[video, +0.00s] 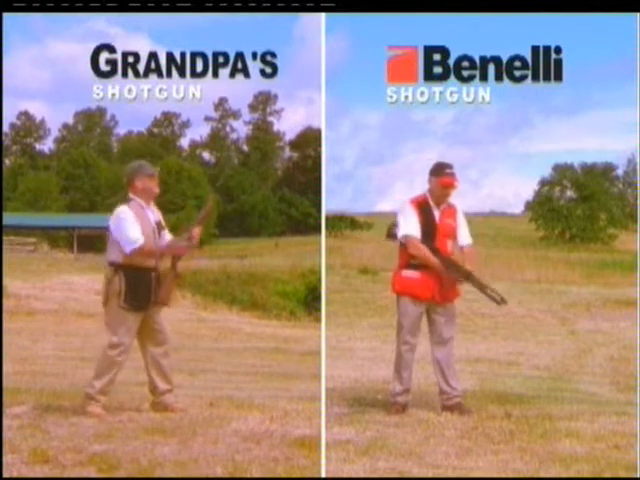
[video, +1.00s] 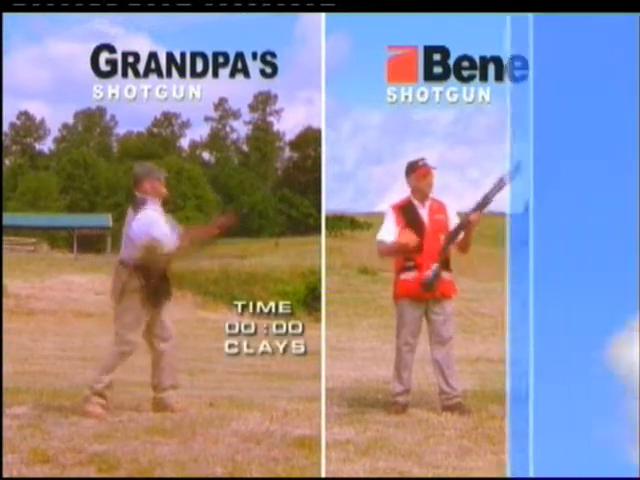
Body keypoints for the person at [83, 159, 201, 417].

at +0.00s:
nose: (157, 186)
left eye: (156, 181)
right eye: (151, 181)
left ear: (152, 185)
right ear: (135, 184)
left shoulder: (153, 212)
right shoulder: (123, 214)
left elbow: (165, 243)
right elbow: (135, 249)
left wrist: (186, 241)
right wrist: (170, 250)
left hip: (148, 276)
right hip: (125, 277)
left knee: (157, 341)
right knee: (120, 342)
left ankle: (162, 396)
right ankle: (94, 398)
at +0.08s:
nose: (154, 189)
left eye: (154, 184)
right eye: (149, 184)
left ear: (144, 188)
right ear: (132, 187)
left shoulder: (151, 215)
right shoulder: (120, 217)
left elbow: (163, 247)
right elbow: (127, 256)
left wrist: (184, 242)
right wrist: (159, 270)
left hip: (145, 280)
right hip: (122, 282)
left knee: (158, 340)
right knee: (121, 342)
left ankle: (162, 396)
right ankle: (93, 399)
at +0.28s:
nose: (152, 190)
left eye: (151, 185)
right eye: (146, 185)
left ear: (140, 190)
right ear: (131, 189)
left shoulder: (149, 216)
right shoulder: (116, 221)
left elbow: (159, 249)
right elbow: (113, 262)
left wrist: (180, 246)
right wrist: (125, 293)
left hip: (146, 281)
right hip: (122, 283)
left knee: (160, 339)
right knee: (121, 343)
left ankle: (163, 396)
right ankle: (92, 399)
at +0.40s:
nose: (152, 188)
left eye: (151, 183)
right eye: (146, 183)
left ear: (143, 188)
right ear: (130, 188)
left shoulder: (150, 214)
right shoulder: (115, 218)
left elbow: (158, 247)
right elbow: (98, 257)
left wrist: (179, 245)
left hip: (146, 279)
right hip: (120, 281)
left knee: (159, 339)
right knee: (119, 343)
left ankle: (162, 397)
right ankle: (92, 399)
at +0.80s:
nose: (173, 217)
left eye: (172, 211)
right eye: (169, 212)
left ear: (158, 216)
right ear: (154, 215)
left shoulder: (164, 239)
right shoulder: (136, 244)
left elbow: (161, 271)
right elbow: (110, 276)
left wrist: (186, 268)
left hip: (145, 296)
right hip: (122, 298)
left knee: (166, 341)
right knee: (134, 359)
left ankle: (163, 396)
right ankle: (94, 398)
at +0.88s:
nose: (170, 202)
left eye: (169, 197)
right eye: (165, 197)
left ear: (153, 202)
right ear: (151, 201)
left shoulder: (157, 225)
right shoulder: (145, 233)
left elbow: (156, 259)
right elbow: (136, 277)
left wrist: (182, 262)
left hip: (149, 297)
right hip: (132, 299)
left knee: (167, 342)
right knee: (133, 354)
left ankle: (165, 395)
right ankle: (96, 398)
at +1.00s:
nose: (164, 187)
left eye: (163, 182)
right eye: (160, 182)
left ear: (149, 187)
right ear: (145, 186)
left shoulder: (155, 213)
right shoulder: (145, 216)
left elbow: (179, 237)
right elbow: (167, 247)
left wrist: (212, 229)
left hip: (149, 276)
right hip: (131, 277)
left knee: (163, 338)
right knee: (127, 340)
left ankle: (164, 395)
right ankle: (95, 396)